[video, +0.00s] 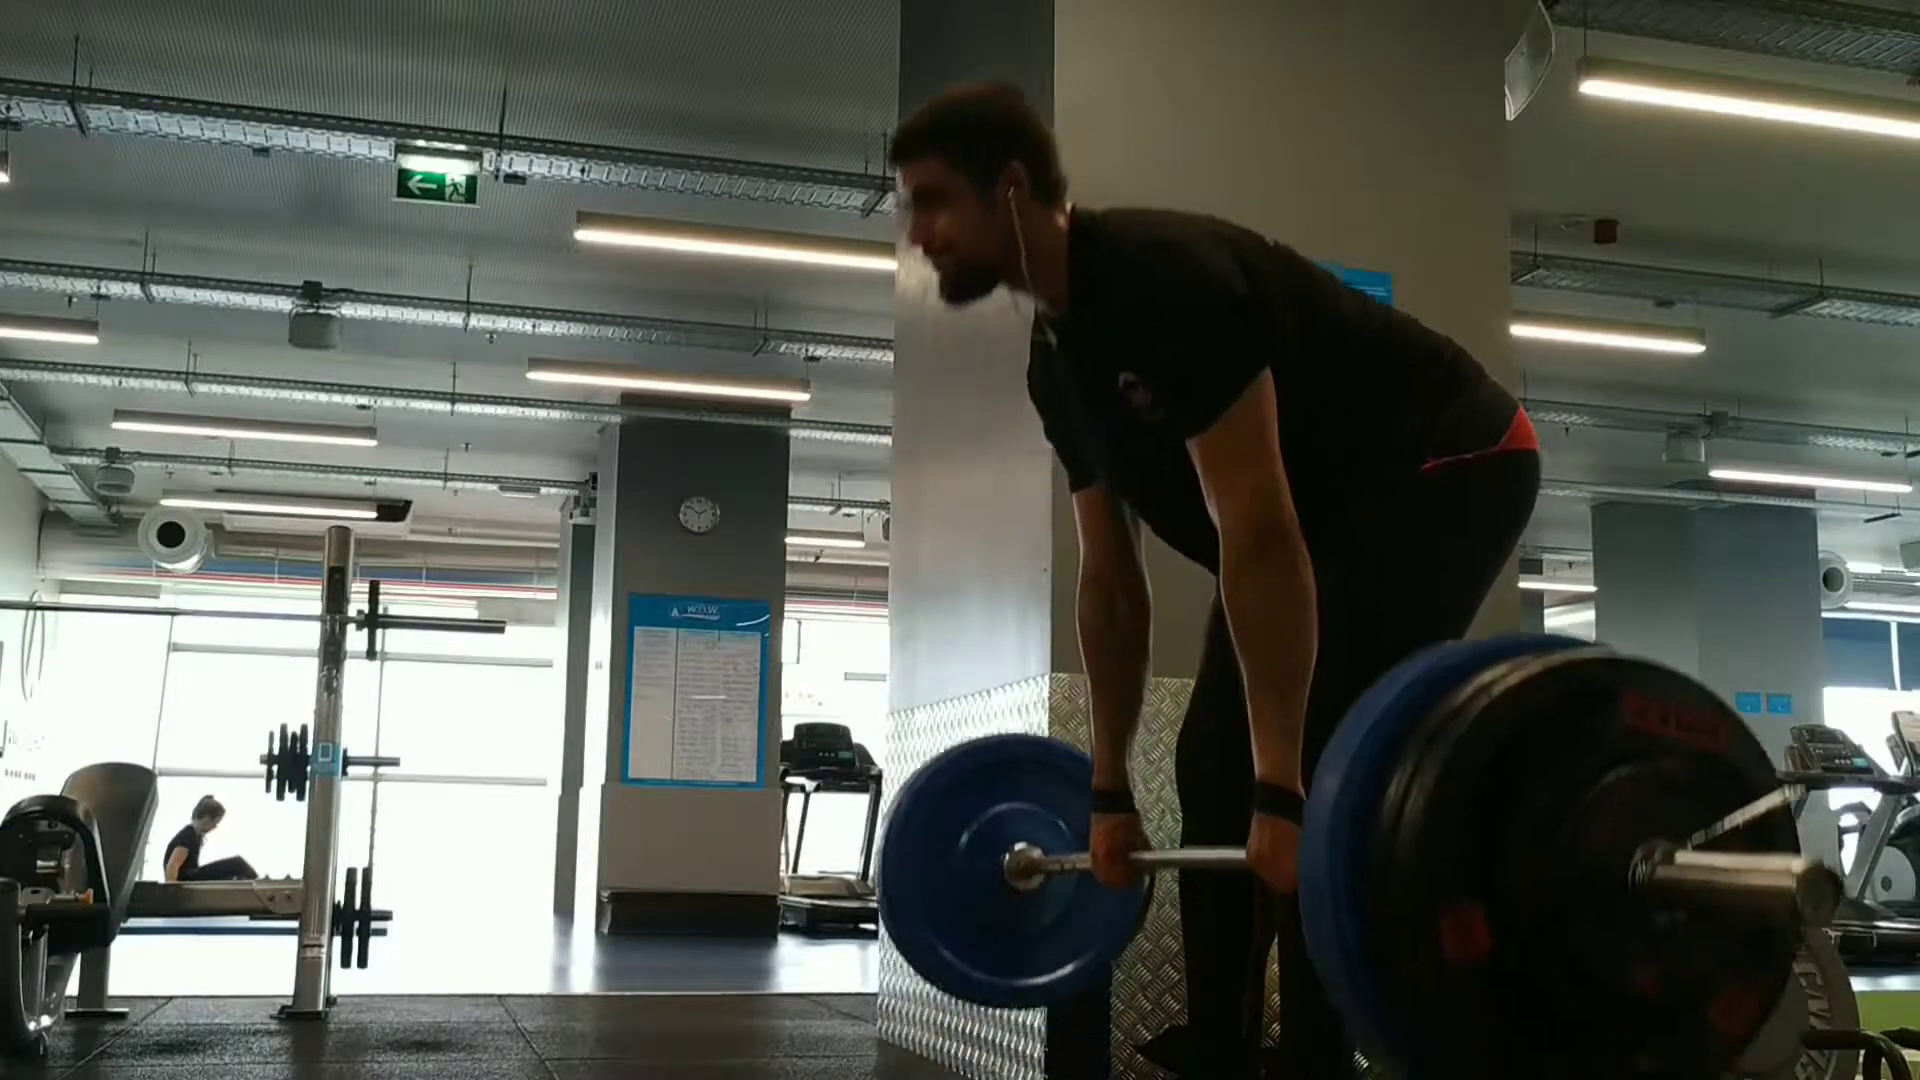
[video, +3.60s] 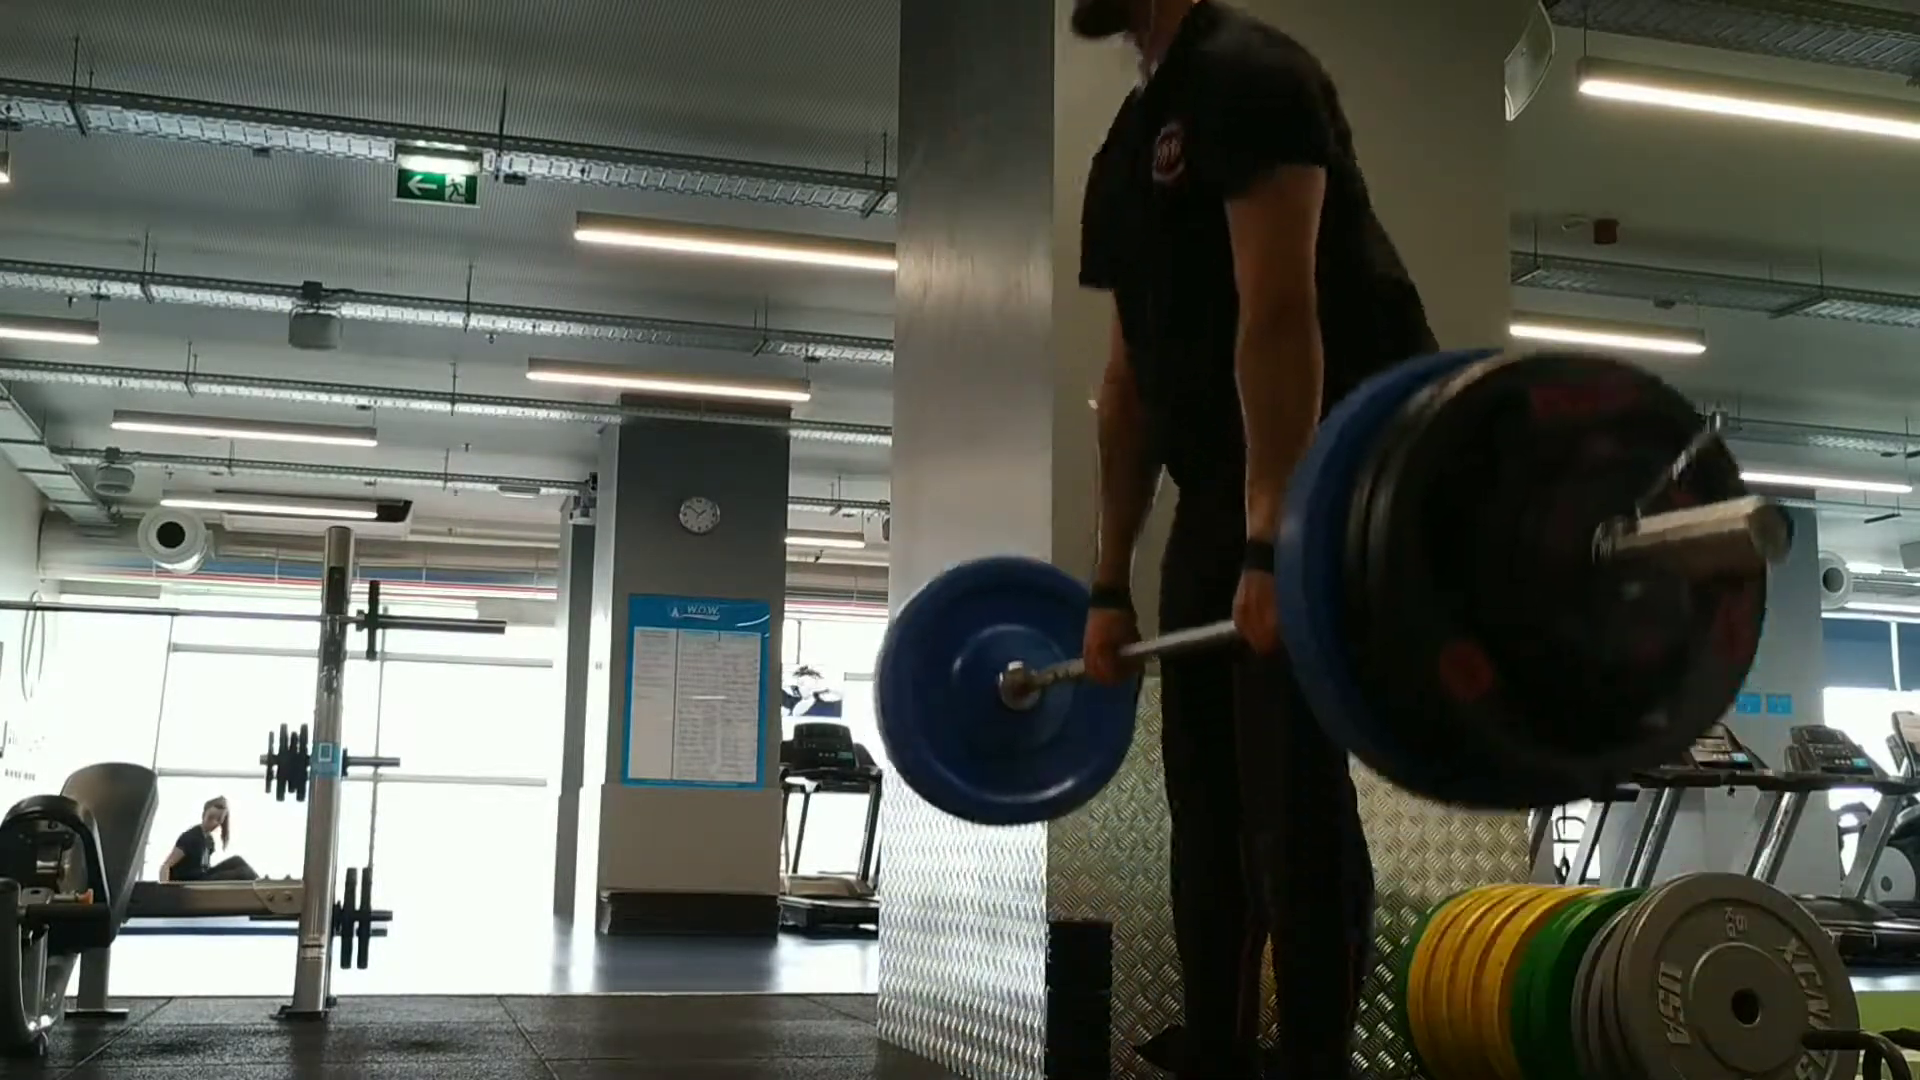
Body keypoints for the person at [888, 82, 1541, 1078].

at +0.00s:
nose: (916, 235)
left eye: (933, 204)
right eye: (908, 211)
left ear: (1014, 188)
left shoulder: (1169, 282)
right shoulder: (1057, 356)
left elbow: (1264, 540)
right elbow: (1109, 580)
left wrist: (1279, 793)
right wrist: (1110, 789)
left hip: (1446, 469)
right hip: (1308, 503)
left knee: (1334, 763)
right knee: (1212, 756)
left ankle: (1320, 1045)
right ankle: (1221, 1030)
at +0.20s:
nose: (959, 109)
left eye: (979, 82)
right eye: (956, 88)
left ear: (1060, 82)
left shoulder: (1191, 197)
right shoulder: (1074, 282)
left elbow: (1271, 456)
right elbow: (1115, 498)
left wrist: (1279, 699)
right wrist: (1110, 713)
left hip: (1416, 483)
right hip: (1279, 507)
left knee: (1314, 772)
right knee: (1202, 766)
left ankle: (1312, 1060)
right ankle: (1215, 1051)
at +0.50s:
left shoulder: (1257, 63)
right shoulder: (1123, 139)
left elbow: (1296, 305)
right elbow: (1138, 369)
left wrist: (1284, 538)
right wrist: (1120, 579)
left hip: (1300, 505)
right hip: (1199, 514)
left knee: (1285, 788)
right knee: (1195, 785)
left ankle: (1313, 1057)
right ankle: (1213, 1050)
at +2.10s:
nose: (945, 134)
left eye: (963, 105)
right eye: (938, 111)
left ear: (1044, 100)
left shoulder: (1177, 217)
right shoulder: (1061, 300)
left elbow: (1267, 476)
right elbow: (1117, 518)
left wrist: (1273, 722)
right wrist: (1114, 728)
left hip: (1420, 479)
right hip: (1284, 503)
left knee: (1303, 764)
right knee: (1192, 754)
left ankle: (1311, 1052)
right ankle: (1212, 1038)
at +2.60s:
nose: (904, 310)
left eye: (923, 275)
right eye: (900, 283)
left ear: (1004, 264)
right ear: (998, 274)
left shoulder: (1152, 350)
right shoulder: (1050, 442)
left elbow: (1261, 623)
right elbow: (1111, 642)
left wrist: (1279, 887)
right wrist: (1115, 861)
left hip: (1461, 490)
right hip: (1326, 533)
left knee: (1285, 747)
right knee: (1174, 761)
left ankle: (1317, 1037)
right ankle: (1209, 1041)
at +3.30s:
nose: (949, 133)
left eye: (967, 103)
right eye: (945, 109)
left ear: (1052, 100)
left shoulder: (1184, 215)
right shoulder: (1065, 303)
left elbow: (1270, 480)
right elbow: (1116, 521)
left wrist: (1278, 723)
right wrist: (1117, 730)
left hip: (1427, 470)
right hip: (1290, 498)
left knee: (1330, 756)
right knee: (1212, 750)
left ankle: (1318, 1052)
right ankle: (1216, 1043)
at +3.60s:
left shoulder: (1248, 69)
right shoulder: (1129, 136)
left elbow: (1283, 317)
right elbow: (1126, 376)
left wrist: (1272, 544)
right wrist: (1110, 579)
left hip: (1327, 483)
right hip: (1220, 490)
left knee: (1294, 776)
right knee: (1200, 769)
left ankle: (1314, 1060)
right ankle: (1215, 1050)